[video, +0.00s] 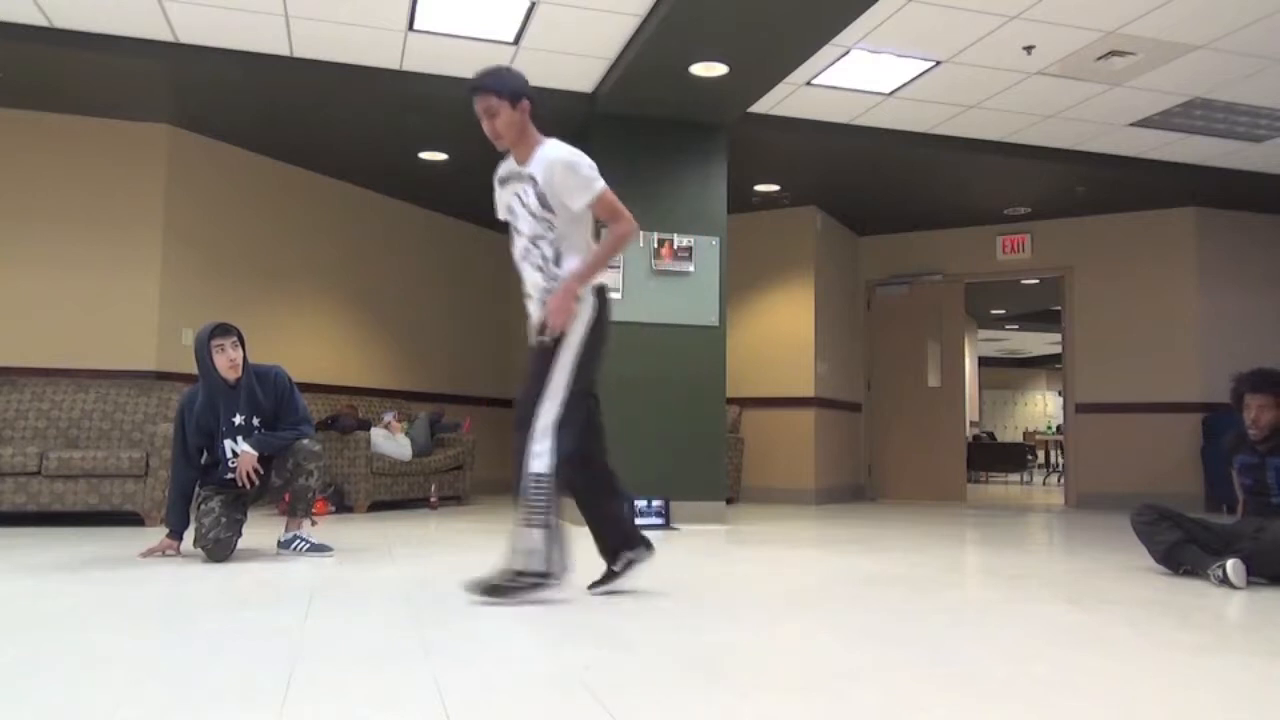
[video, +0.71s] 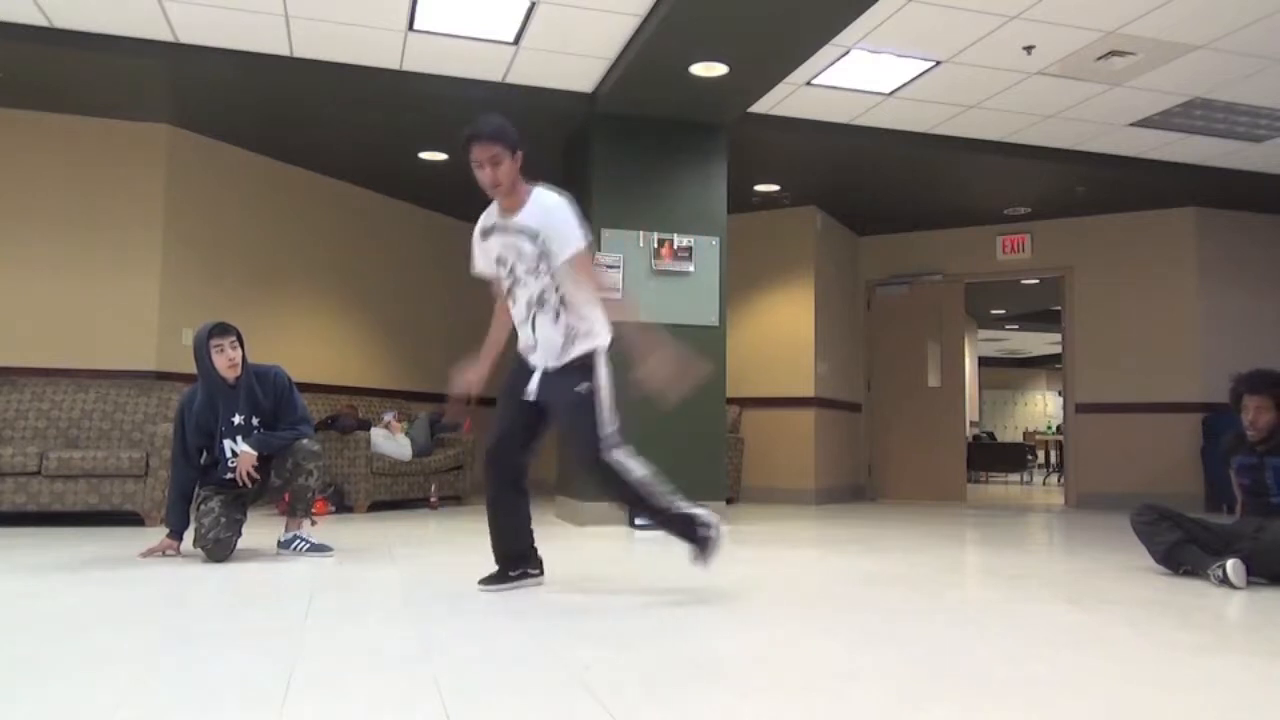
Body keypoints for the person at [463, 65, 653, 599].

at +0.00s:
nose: (488, 125)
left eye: (494, 112)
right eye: (481, 116)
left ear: (523, 108)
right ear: (480, 122)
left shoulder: (562, 161)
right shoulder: (506, 175)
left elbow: (625, 226)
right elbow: (532, 243)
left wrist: (571, 288)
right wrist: (537, 303)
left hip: (580, 309)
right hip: (548, 313)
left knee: (540, 422)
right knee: (572, 432)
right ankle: (625, 543)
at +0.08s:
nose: (480, 122)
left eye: (486, 109)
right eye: (474, 113)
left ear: (516, 104)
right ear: (477, 117)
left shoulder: (550, 158)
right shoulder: (498, 173)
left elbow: (611, 225)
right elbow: (522, 249)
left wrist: (554, 288)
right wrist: (515, 311)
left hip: (559, 309)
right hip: (530, 312)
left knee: (519, 428)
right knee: (552, 436)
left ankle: (488, 559)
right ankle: (607, 534)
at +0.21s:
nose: (470, 147)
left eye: (477, 134)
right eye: (465, 137)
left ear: (506, 132)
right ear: (468, 141)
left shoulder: (528, 191)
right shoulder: (495, 196)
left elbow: (571, 271)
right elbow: (502, 284)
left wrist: (508, 334)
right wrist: (479, 340)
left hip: (522, 336)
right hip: (502, 336)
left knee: (462, 442)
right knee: (480, 452)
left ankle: (459, 562)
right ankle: (569, 519)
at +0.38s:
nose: (462, 146)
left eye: (469, 134)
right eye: (455, 138)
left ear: (496, 129)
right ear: (452, 142)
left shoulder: (523, 182)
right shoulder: (479, 193)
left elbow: (550, 262)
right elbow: (493, 270)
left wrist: (478, 298)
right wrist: (452, 298)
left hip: (538, 315)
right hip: (507, 315)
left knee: (489, 430)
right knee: (470, 428)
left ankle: (461, 561)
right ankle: (527, 525)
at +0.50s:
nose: (464, 158)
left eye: (470, 145)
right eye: (455, 150)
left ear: (495, 139)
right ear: (451, 153)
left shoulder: (527, 190)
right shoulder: (470, 205)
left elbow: (552, 274)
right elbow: (469, 266)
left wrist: (492, 304)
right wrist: (459, 293)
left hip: (558, 313)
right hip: (519, 318)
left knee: (516, 427)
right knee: (498, 431)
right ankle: (515, 555)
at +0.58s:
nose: (471, 174)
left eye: (479, 162)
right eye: (463, 166)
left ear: (504, 157)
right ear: (459, 169)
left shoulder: (537, 208)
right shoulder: (477, 222)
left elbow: (560, 296)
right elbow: (493, 307)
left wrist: (516, 354)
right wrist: (471, 341)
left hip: (564, 332)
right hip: (525, 336)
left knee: (526, 444)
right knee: (496, 446)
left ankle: (610, 532)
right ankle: (519, 560)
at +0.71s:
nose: (489, 175)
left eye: (496, 162)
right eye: (480, 166)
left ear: (518, 160)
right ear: (472, 171)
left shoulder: (552, 208)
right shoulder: (487, 227)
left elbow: (598, 287)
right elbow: (507, 303)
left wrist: (645, 348)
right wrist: (482, 364)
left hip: (582, 350)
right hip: (534, 357)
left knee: (597, 455)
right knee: (502, 454)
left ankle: (695, 526)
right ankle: (519, 561)